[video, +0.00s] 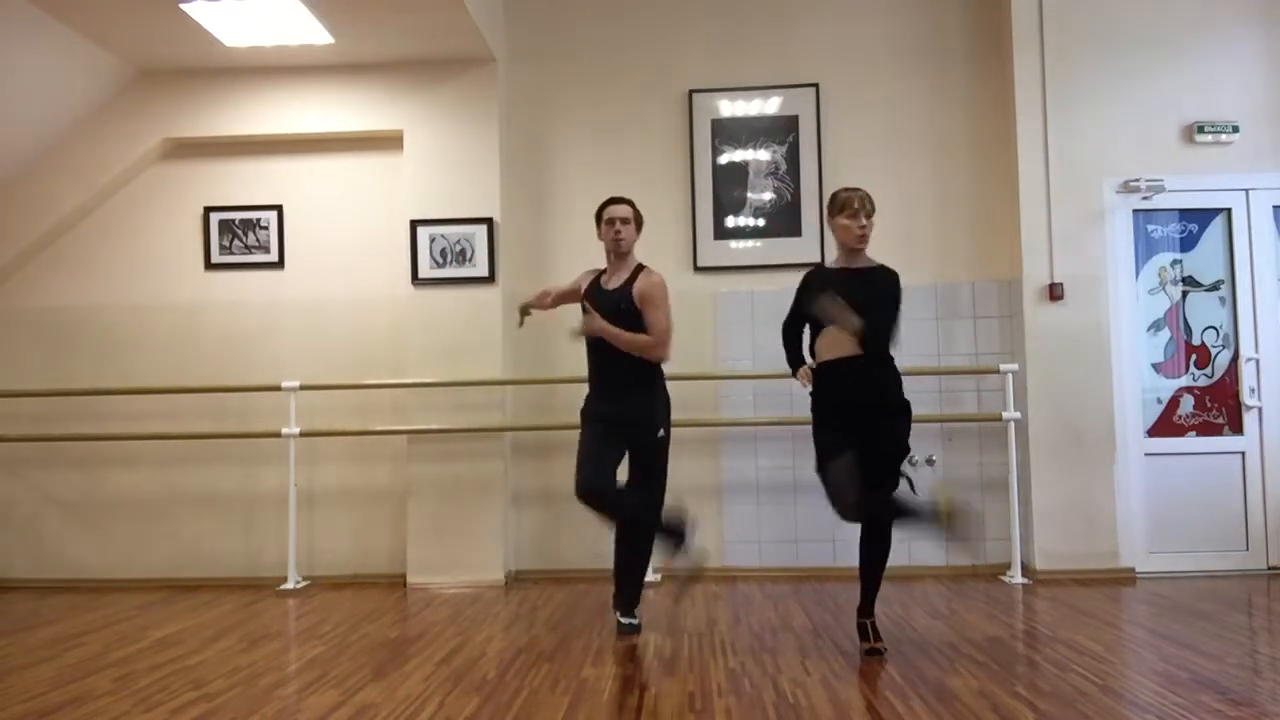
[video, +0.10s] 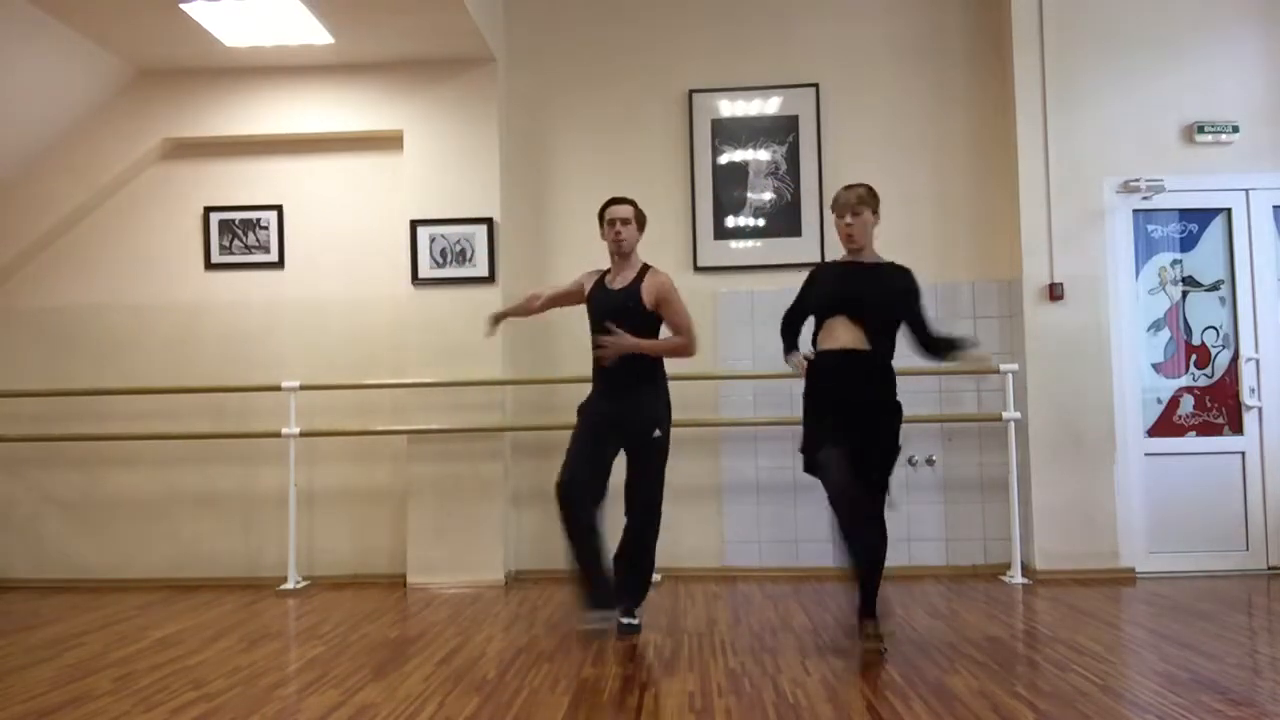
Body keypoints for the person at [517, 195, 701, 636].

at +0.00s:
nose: (618, 229)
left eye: (625, 223)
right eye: (610, 223)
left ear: (638, 231)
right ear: (599, 232)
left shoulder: (650, 283)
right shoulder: (591, 282)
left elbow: (660, 350)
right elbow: (558, 297)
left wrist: (605, 330)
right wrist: (541, 300)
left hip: (648, 410)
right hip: (602, 407)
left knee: (638, 512)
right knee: (591, 489)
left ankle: (626, 606)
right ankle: (666, 523)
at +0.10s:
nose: (618, 230)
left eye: (625, 223)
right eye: (611, 224)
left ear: (640, 231)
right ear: (602, 232)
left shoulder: (657, 283)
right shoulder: (593, 283)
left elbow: (686, 344)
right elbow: (544, 302)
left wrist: (632, 344)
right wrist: (504, 313)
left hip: (647, 410)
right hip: (602, 406)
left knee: (642, 509)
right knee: (574, 491)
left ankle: (629, 603)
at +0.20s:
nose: (612, 230)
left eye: (619, 223)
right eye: (607, 224)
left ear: (640, 228)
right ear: (602, 232)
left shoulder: (663, 280)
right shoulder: (594, 283)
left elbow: (697, 329)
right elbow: (538, 302)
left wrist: (655, 345)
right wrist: (488, 319)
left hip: (645, 408)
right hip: (601, 404)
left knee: (641, 509)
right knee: (567, 489)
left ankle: (629, 604)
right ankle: (538, 588)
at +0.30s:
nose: (601, 231)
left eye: (609, 223)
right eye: (600, 224)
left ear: (635, 228)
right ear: (605, 230)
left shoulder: (666, 270)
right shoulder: (597, 284)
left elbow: (706, 309)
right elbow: (537, 309)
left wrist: (673, 336)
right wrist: (476, 322)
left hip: (644, 398)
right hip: (599, 391)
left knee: (636, 506)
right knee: (543, 461)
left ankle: (627, 606)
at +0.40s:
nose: (600, 231)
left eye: (608, 224)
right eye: (599, 224)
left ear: (633, 227)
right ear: (611, 230)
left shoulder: (667, 268)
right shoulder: (598, 285)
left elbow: (708, 303)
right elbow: (546, 314)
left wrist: (676, 333)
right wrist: (488, 324)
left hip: (643, 400)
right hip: (599, 391)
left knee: (635, 508)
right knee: (527, 444)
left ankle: (627, 605)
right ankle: (441, 496)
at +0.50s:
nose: (600, 230)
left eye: (608, 223)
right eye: (599, 224)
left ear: (634, 227)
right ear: (609, 230)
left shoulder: (668, 268)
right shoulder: (598, 286)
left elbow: (704, 304)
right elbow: (562, 327)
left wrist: (678, 333)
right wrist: (519, 332)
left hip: (646, 400)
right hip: (599, 392)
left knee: (637, 506)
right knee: (533, 457)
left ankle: (627, 604)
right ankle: (451, 521)